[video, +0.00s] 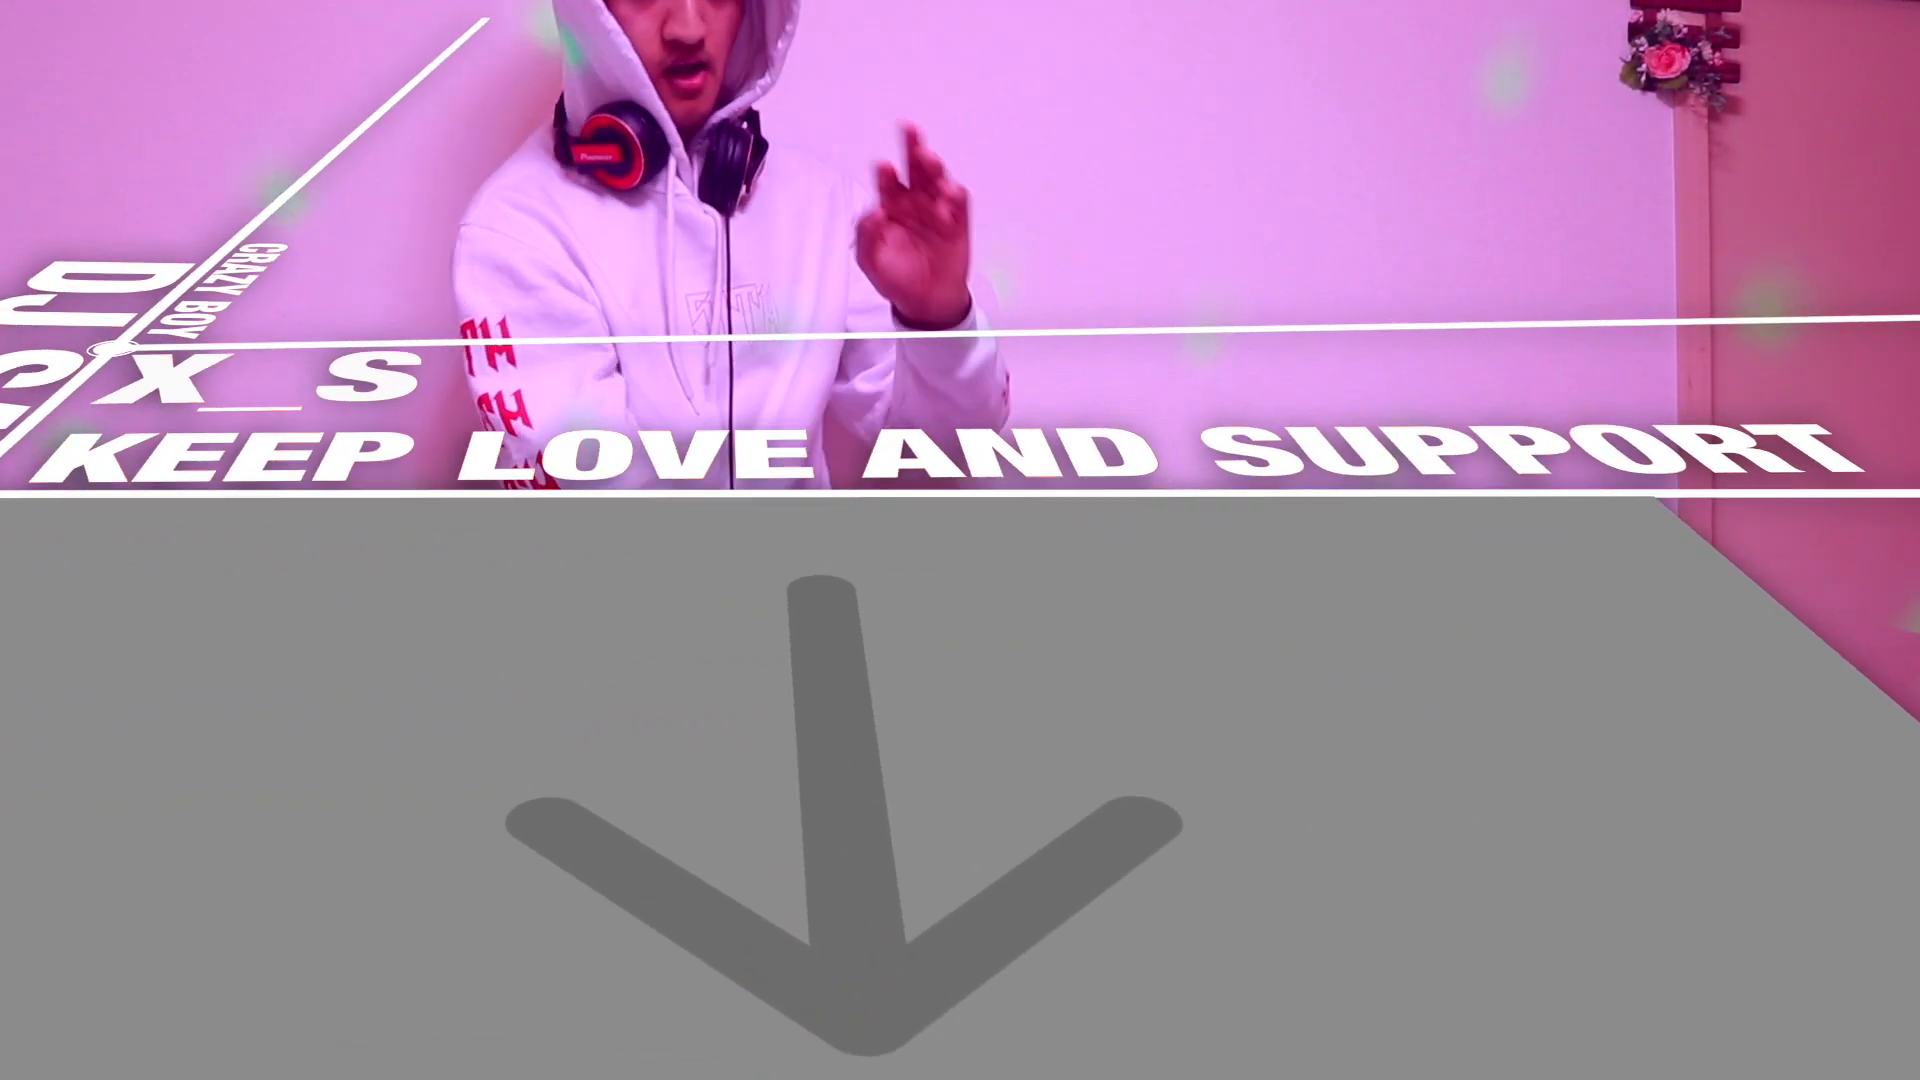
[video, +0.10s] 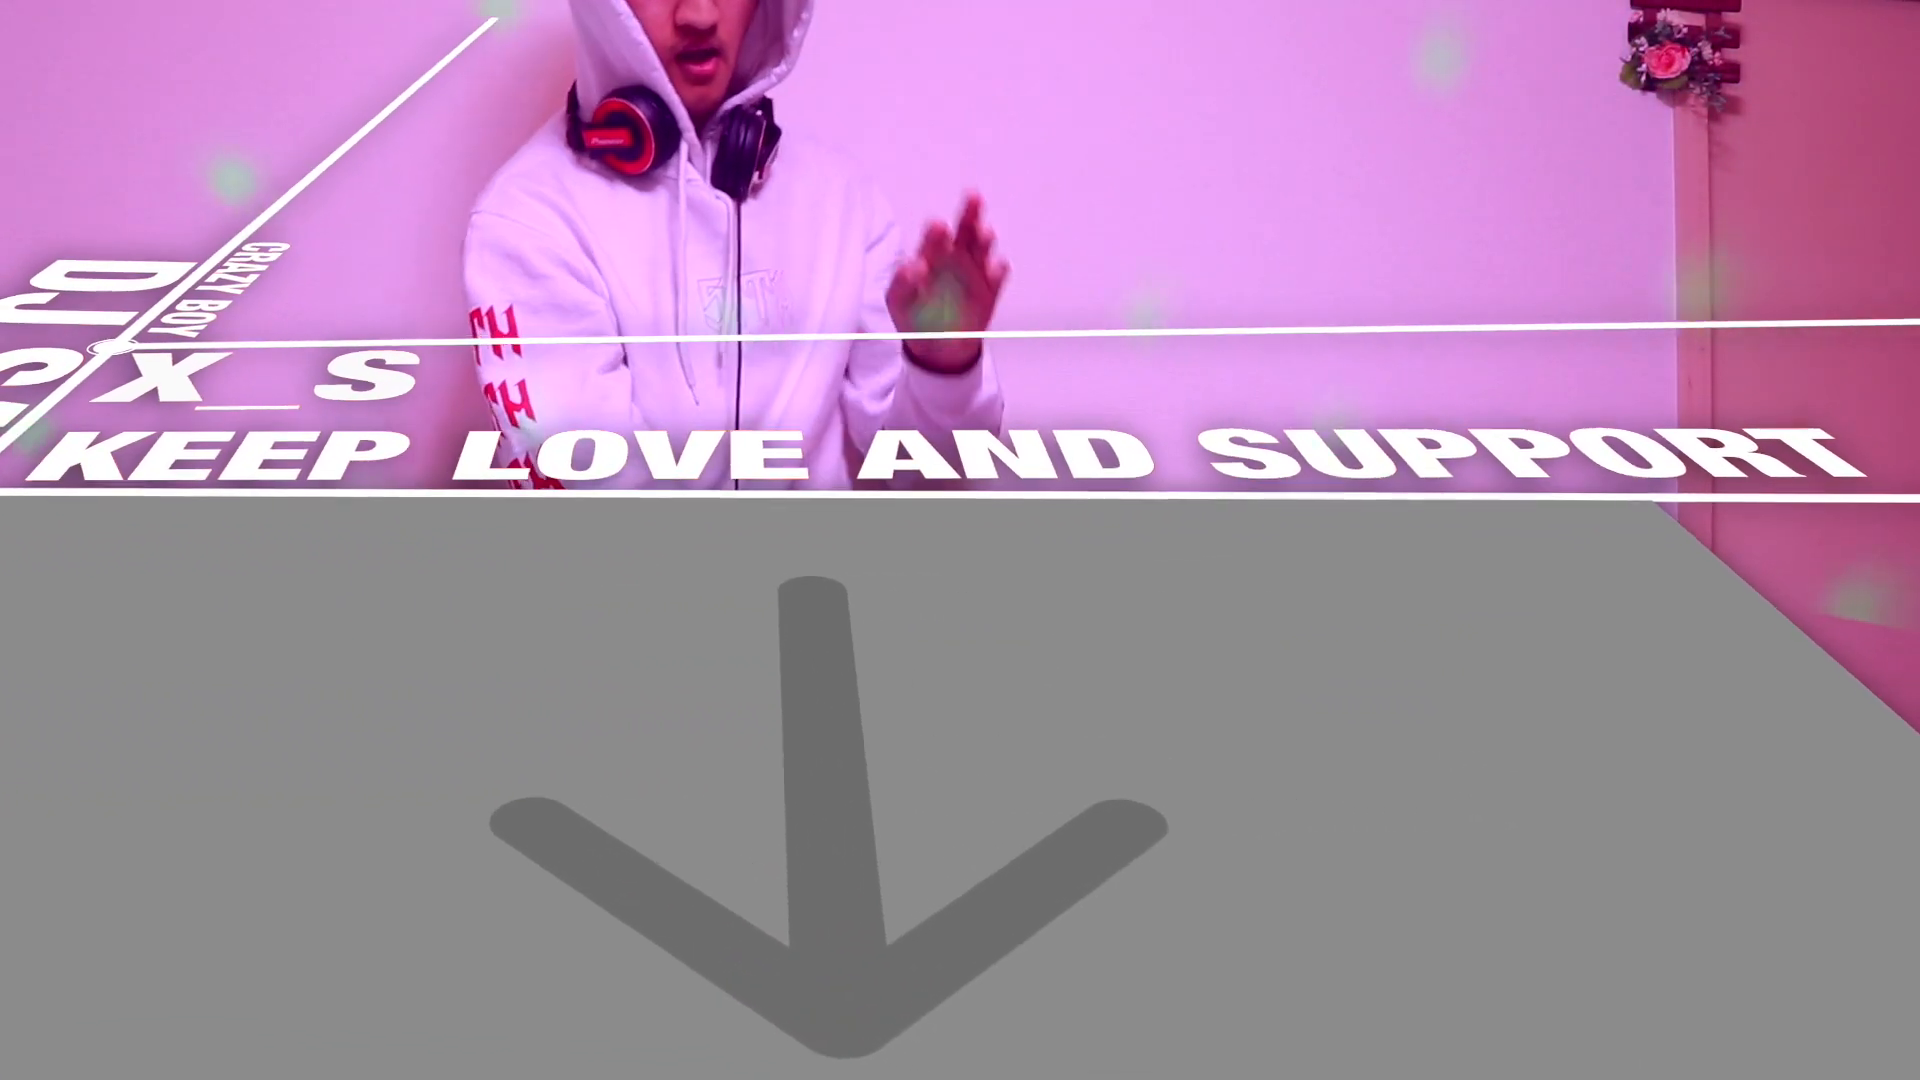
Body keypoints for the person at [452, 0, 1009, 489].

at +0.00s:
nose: (687, 30)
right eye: (646, 1)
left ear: (748, 13)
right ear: (585, 17)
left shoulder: (831, 206)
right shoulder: (518, 221)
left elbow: (935, 478)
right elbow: (581, 476)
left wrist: (938, 322)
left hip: (807, 574)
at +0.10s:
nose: (699, 18)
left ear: (759, 7)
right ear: (604, 9)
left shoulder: (845, 199)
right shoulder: (529, 212)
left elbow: (919, 491)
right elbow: (582, 473)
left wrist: (943, 372)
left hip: (822, 573)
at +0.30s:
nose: (771, 44)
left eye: (806, 5)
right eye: (733, 3)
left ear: (846, 22)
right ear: (681, 20)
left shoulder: (935, 224)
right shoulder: (582, 223)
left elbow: (975, 472)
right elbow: (554, 481)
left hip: (868, 589)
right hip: (654, 585)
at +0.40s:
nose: (828, 71)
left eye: (869, 30)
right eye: (792, 27)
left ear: (912, 43)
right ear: (738, 31)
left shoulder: (984, 240)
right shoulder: (637, 228)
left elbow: (1049, 469)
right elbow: (545, 460)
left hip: (909, 598)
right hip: (688, 593)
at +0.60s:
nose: (898, 40)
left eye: (938, 10)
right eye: (867, 4)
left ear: (985, 29)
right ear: (820, 16)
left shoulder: (1065, 223)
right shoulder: (698, 201)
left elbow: (1152, 472)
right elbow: (518, 397)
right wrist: (465, 259)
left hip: (996, 601)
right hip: (753, 591)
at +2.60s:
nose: (885, 26)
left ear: (970, 15)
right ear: (805, 6)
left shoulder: (1041, 224)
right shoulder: (683, 196)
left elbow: (1129, 473)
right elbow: (597, 428)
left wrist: (1053, 596)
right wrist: (730, 507)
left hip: (944, 784)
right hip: (712, 769)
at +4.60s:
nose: (751, 110)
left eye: (793, 72)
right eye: (718, 61)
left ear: (824, 79)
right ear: (655, 50)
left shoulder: (868, 247)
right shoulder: (533, 235)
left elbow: (935, 490)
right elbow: (497, 524)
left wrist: (880, 661)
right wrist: (613, 753)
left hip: (858, 790)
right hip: (632, 802)